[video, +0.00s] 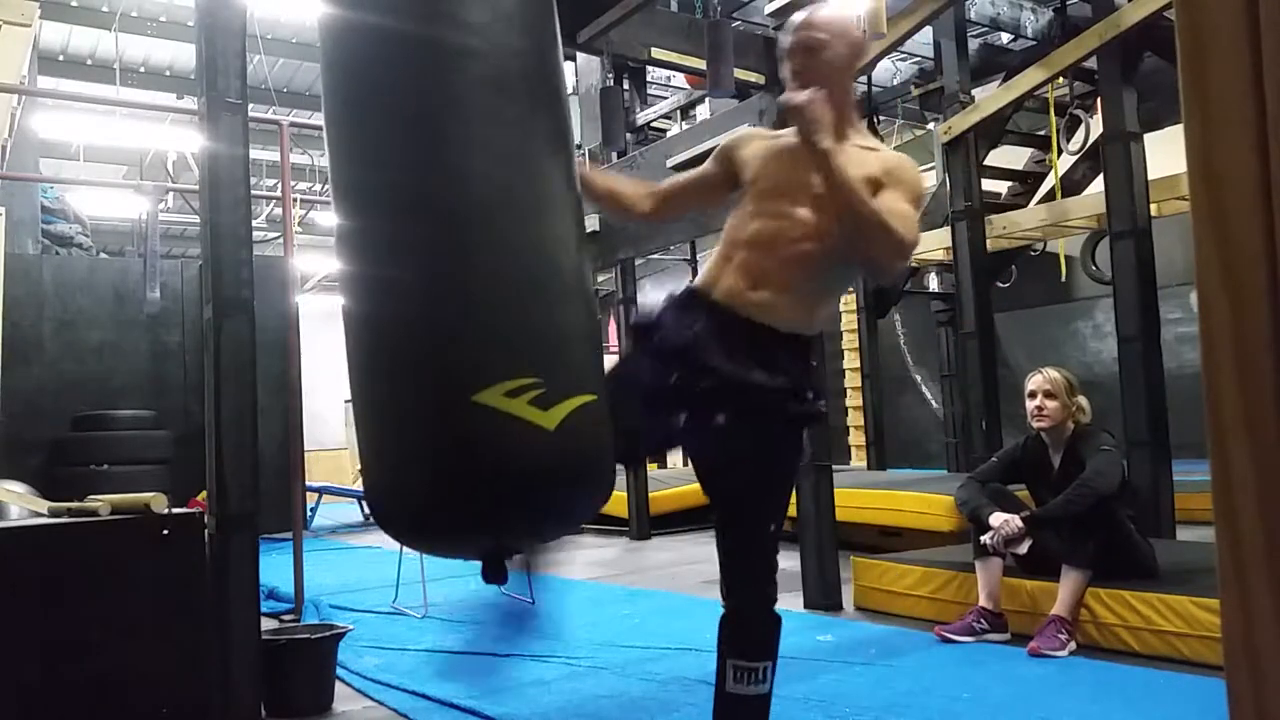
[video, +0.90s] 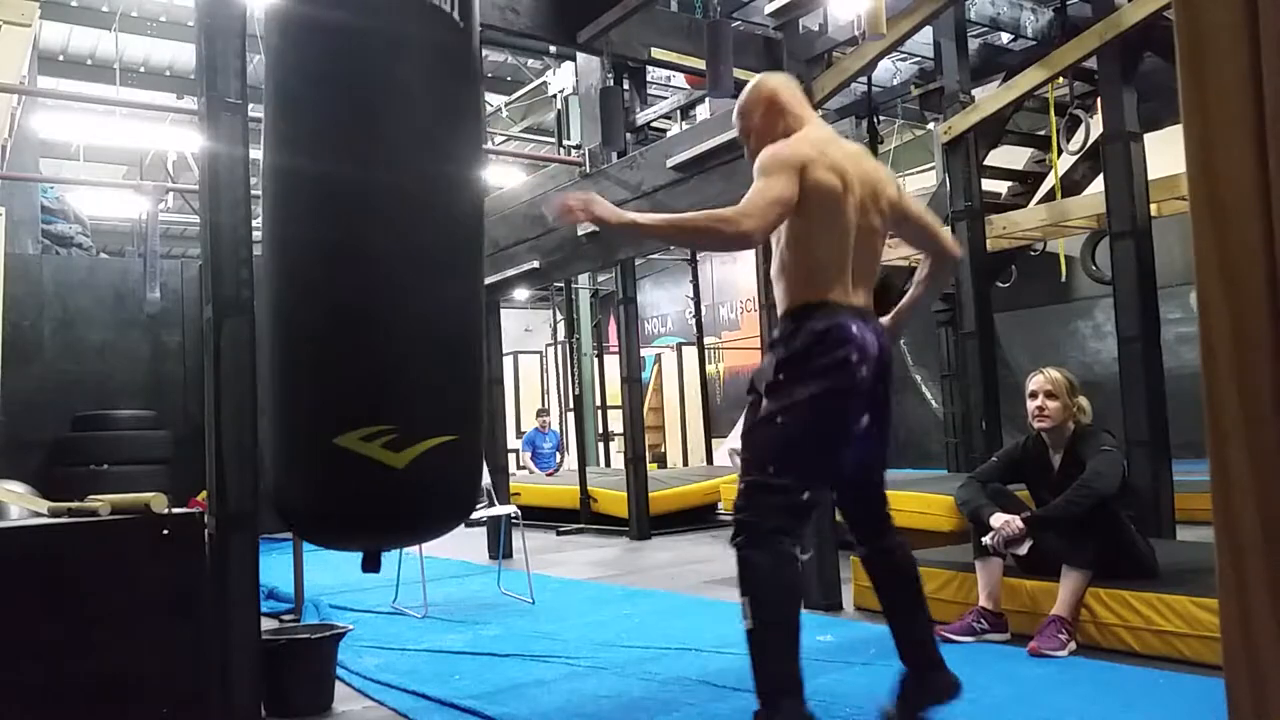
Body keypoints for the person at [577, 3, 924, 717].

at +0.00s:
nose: (798, 50)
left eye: (818, 40)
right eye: (792, 38)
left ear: (862, 55)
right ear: (780, 53)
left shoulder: (893, 170)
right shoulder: (750, 149)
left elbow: (891, 257)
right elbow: (651, 202)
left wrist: (824, 147)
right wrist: (569, 167)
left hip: (771, 368)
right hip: (686, 331)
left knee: (747, 574)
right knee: (567, 464)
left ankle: (740, 716)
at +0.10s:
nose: (755, 54)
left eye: (774, 40)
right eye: (751, 44)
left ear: (822, 53)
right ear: (746, 59)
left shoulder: (857, 158)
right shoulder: (727, 154)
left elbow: (863, 263)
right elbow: (648, 241)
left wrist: (784, 161)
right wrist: (566, 239)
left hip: (767, 367)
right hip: (685, 354)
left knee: (738, 556)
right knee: (623, 520)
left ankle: (733, 711)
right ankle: (693, 648)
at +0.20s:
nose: (714, 58)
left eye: (732, 40)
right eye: (710, 47)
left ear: (780, 45)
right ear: (709, 65)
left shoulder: (822, 144)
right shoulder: (708, 164)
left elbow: (821, 249)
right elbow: (667, 274)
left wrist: (716, 167)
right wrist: (621, 315)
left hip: (763, 365)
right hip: (693, 362)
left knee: (727, 554)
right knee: (689, 542)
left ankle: (724, 715)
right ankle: (802, 665)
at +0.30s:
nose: (680, 69)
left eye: (694, 52)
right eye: (677, 59)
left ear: (741, 52)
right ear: (687, 75)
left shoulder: (790, 137)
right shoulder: (706, 169)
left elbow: (783, 225)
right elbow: (697, 296)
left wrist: (640, 179)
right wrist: (646, 367)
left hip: (758, 365)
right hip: (707, 369)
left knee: (706, 551)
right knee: (754, 534)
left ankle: (722, 715)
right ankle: (854, 672)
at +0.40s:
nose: (666, 98)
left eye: (672, 78)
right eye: (661, 87)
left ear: (717, 60)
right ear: (717, 69)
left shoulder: (760, 126)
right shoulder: (738, 150)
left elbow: (724, 198)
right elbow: (735, 298)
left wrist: (588, 178)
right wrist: (670, 386)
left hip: (750, 367)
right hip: (748, 367)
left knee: (704, 556)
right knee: (805, 532)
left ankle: (722, 711)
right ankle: (882, 676)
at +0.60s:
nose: (691, 139)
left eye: (689, 125)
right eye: (685, 130)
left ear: (712, 95)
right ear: (743, 95)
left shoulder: (738, 146)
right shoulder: (814, 170)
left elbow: (690, 203)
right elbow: (835, 293)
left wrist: (566, 199)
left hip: (773, 369)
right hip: (825, 364)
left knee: (727, 555)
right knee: (859, 532)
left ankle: (730, 712)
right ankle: (931, 680)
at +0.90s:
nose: (750, 150)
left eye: (748, 137)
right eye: (745, 140)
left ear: (770, 113)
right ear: (803, 108)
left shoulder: (788, 153)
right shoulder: (872, 169)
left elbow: (746, 224)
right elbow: (945, 252)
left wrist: (624, 218)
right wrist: (890, 324)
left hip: (815, 347)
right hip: (870, 348)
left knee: (763, 530)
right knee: (870, 519)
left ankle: (782, 707)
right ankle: (929, 672)